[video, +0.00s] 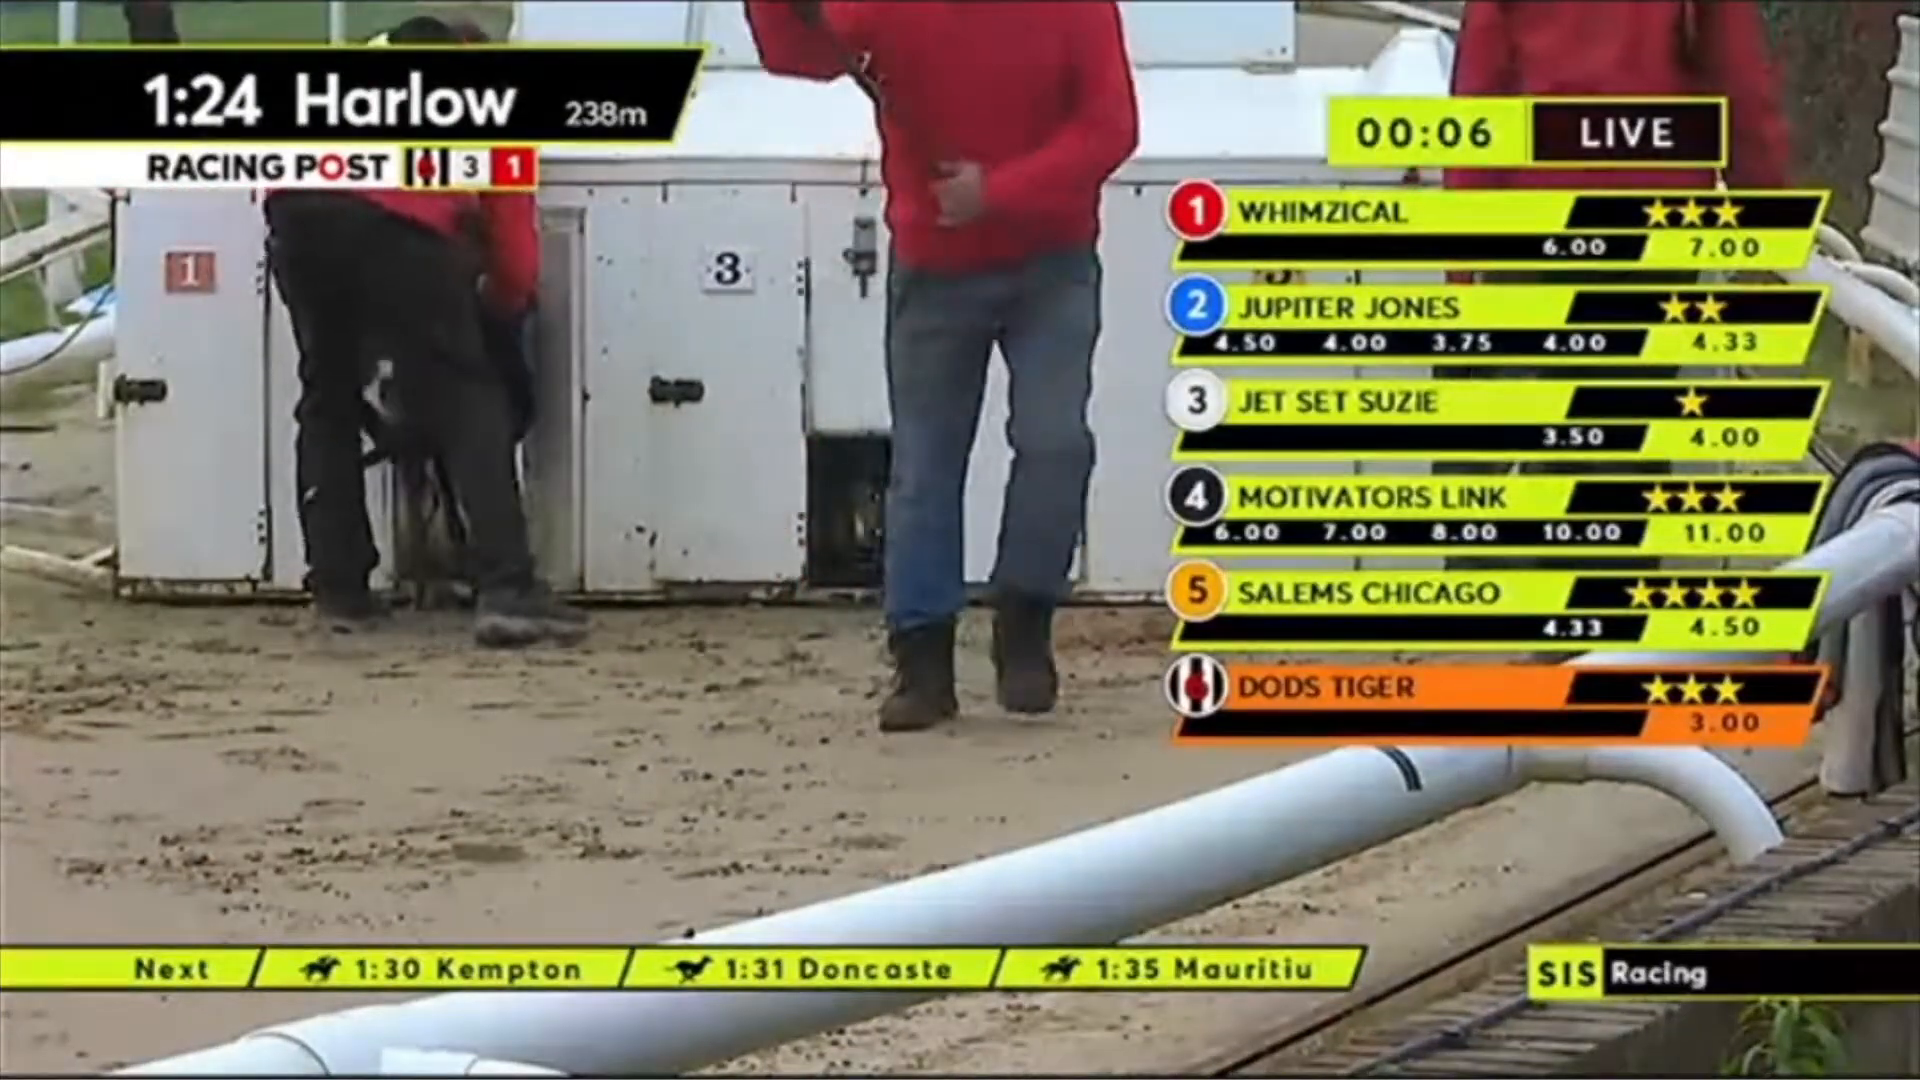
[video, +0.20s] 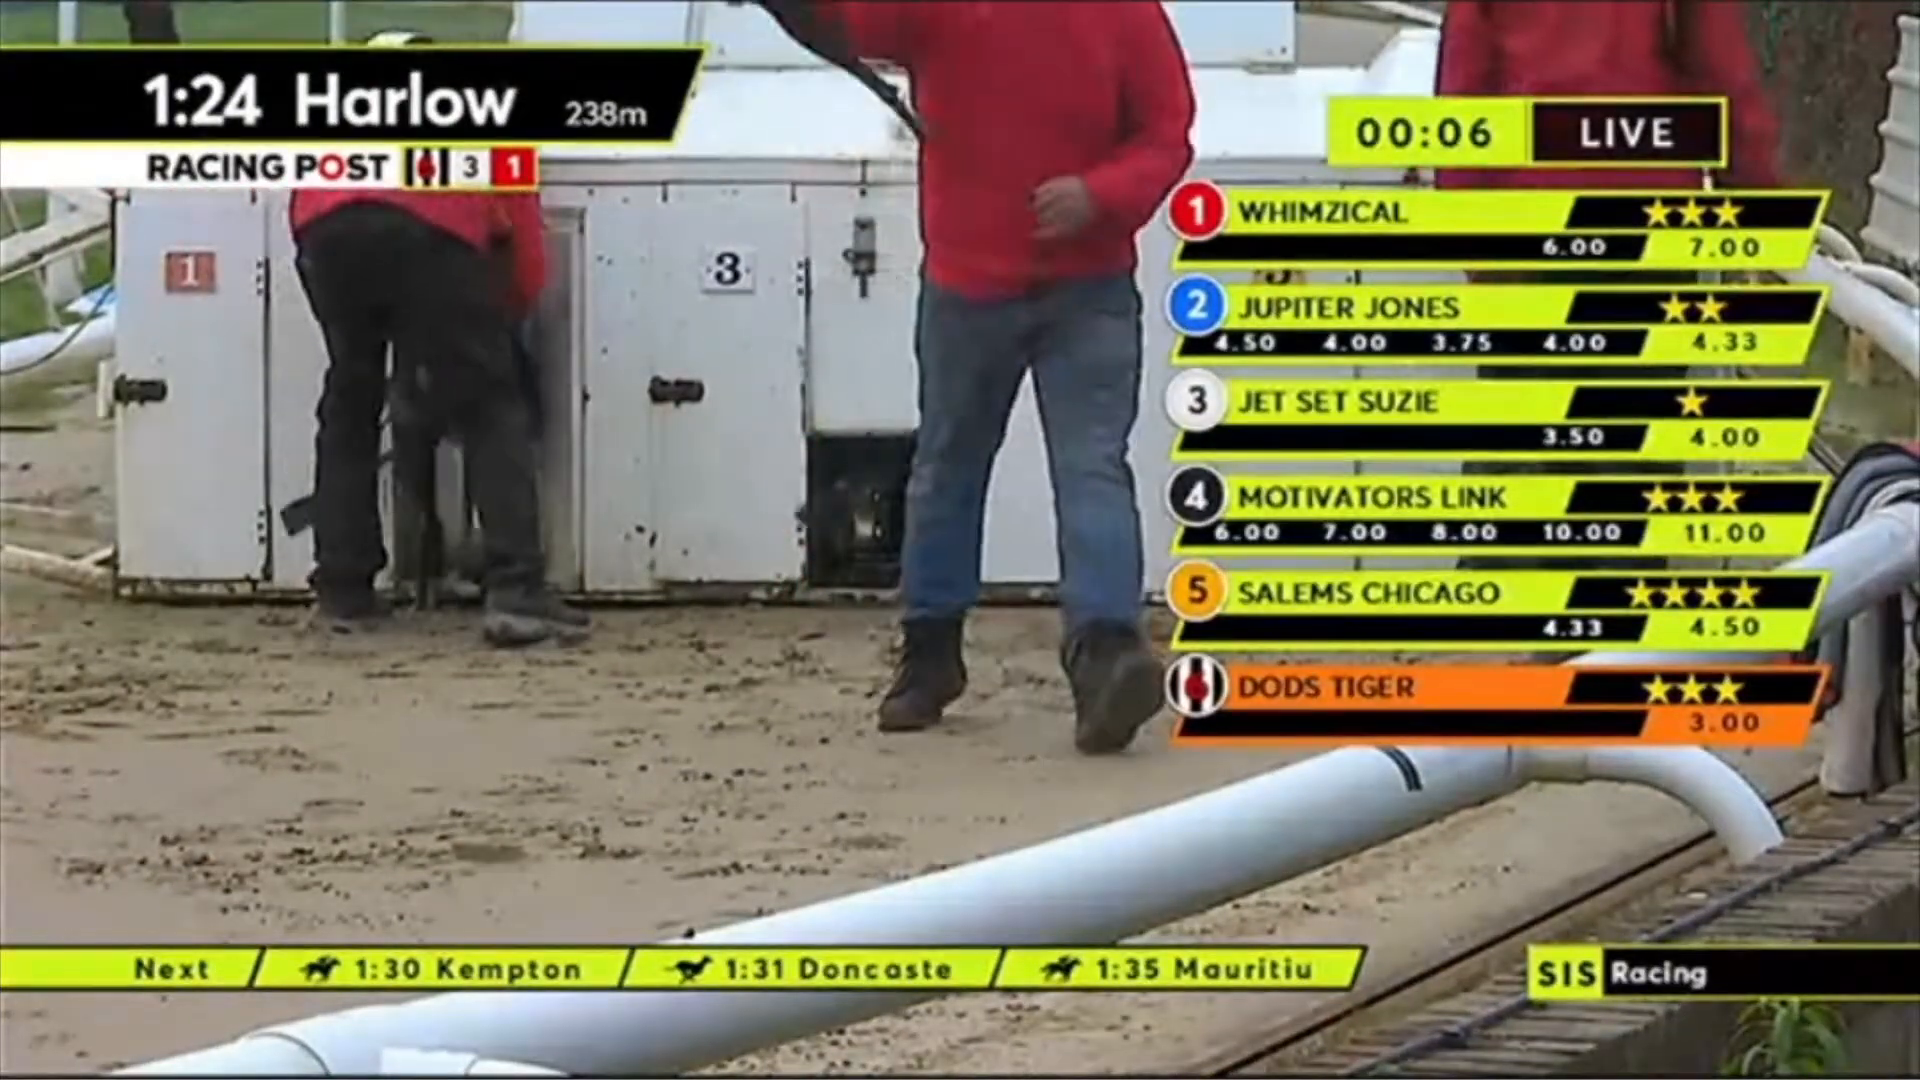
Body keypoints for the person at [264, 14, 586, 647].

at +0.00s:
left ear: (395, 44)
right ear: (471, 48)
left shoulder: (343, 78)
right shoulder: (495, 105)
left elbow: (279, 170)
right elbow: (518, 260)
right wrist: (499, 318)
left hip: (302, 215)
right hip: (407, 229)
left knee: (327, 399)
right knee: (464, 390)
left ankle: (338, 590)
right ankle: (507, 589)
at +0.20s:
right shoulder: (503, 157)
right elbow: (530, 274)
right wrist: (491, 323)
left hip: (330, 227)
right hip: (434, 232)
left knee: (351, 395)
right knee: (491, 405)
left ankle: (344, 589)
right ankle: (515, 590)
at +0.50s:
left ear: (392, 78)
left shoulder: (356, 126)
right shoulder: (502, 118)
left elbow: (316, 235)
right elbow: (560, 187)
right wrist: (505, 246)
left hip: (345, 264)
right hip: (454, 260)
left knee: (365, 395)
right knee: (505, 419)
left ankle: (343, 584)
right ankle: (515, 590)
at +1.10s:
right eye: (520, 25)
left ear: (436, 20)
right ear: (512, 25)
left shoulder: (377, 59)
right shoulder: (526, 75)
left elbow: (333, 175)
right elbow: (553, 214)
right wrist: (489, 289)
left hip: (337, 221)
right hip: (442, 231)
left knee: (352, 351)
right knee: (486, 405)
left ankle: (311, 553)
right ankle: (500, 591)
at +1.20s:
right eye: (518, 44)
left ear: (438, 37)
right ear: (507, 43)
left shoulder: (365, 71)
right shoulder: (518, 92)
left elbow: (312, 174)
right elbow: (542, 215)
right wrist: (493, 281)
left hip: (325, 230)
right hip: (428, 236)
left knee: (328, 384)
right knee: (477, 411)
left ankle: (273, 572)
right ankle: (499, 594)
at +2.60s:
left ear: (374, 75)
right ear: (459, 89)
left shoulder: (335, 119)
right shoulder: (471, 130)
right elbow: (493, 254)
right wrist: (464, 310)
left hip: (281, 258)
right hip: (380, 260)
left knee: (317, 391)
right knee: (458, 419)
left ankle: (264, 574)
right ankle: (485, 589)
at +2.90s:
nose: (490, 100)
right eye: (492, 87)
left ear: (418, 54)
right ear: (477, 69)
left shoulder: (359, 102)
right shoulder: (470, 113)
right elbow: (478, 208)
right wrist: (515, 312)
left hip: (278, 258)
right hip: (374, 259)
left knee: (323, 391)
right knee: (464, 414)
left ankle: (263, 575)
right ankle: (487, 593)